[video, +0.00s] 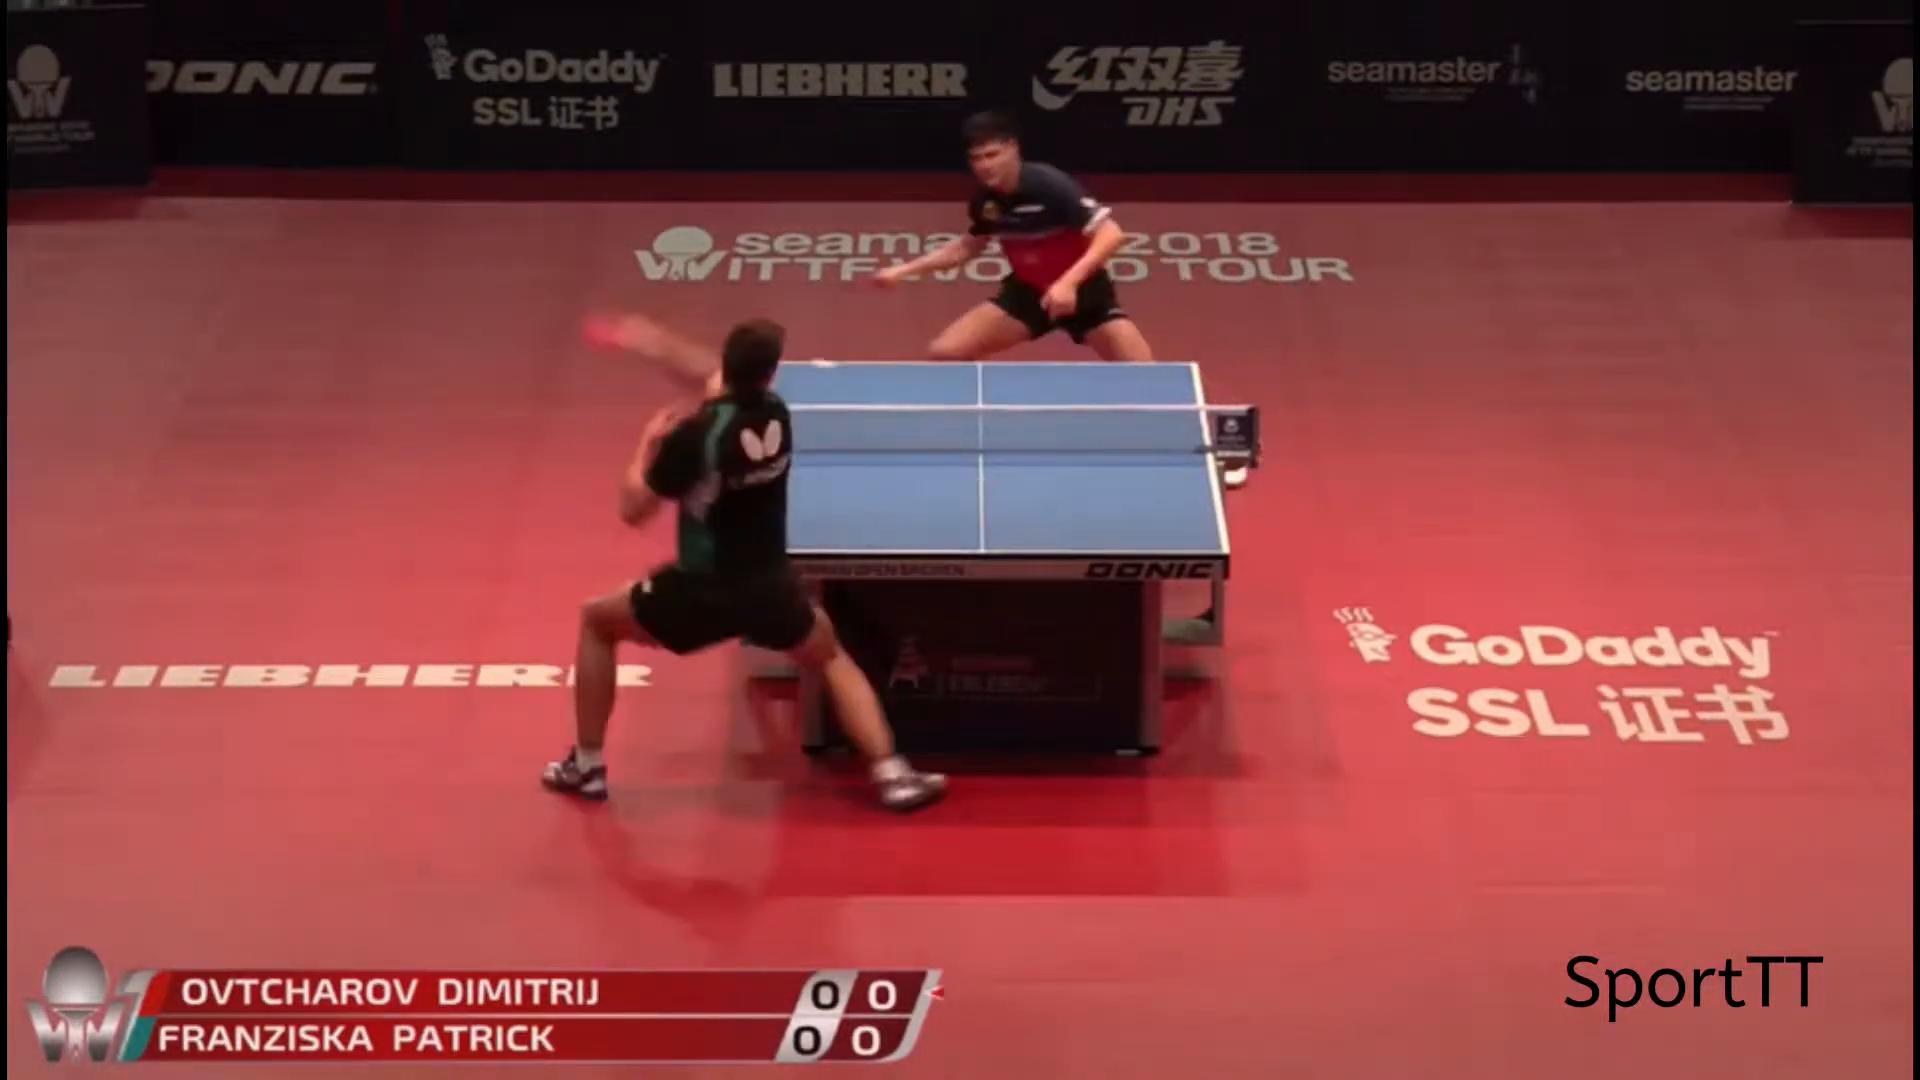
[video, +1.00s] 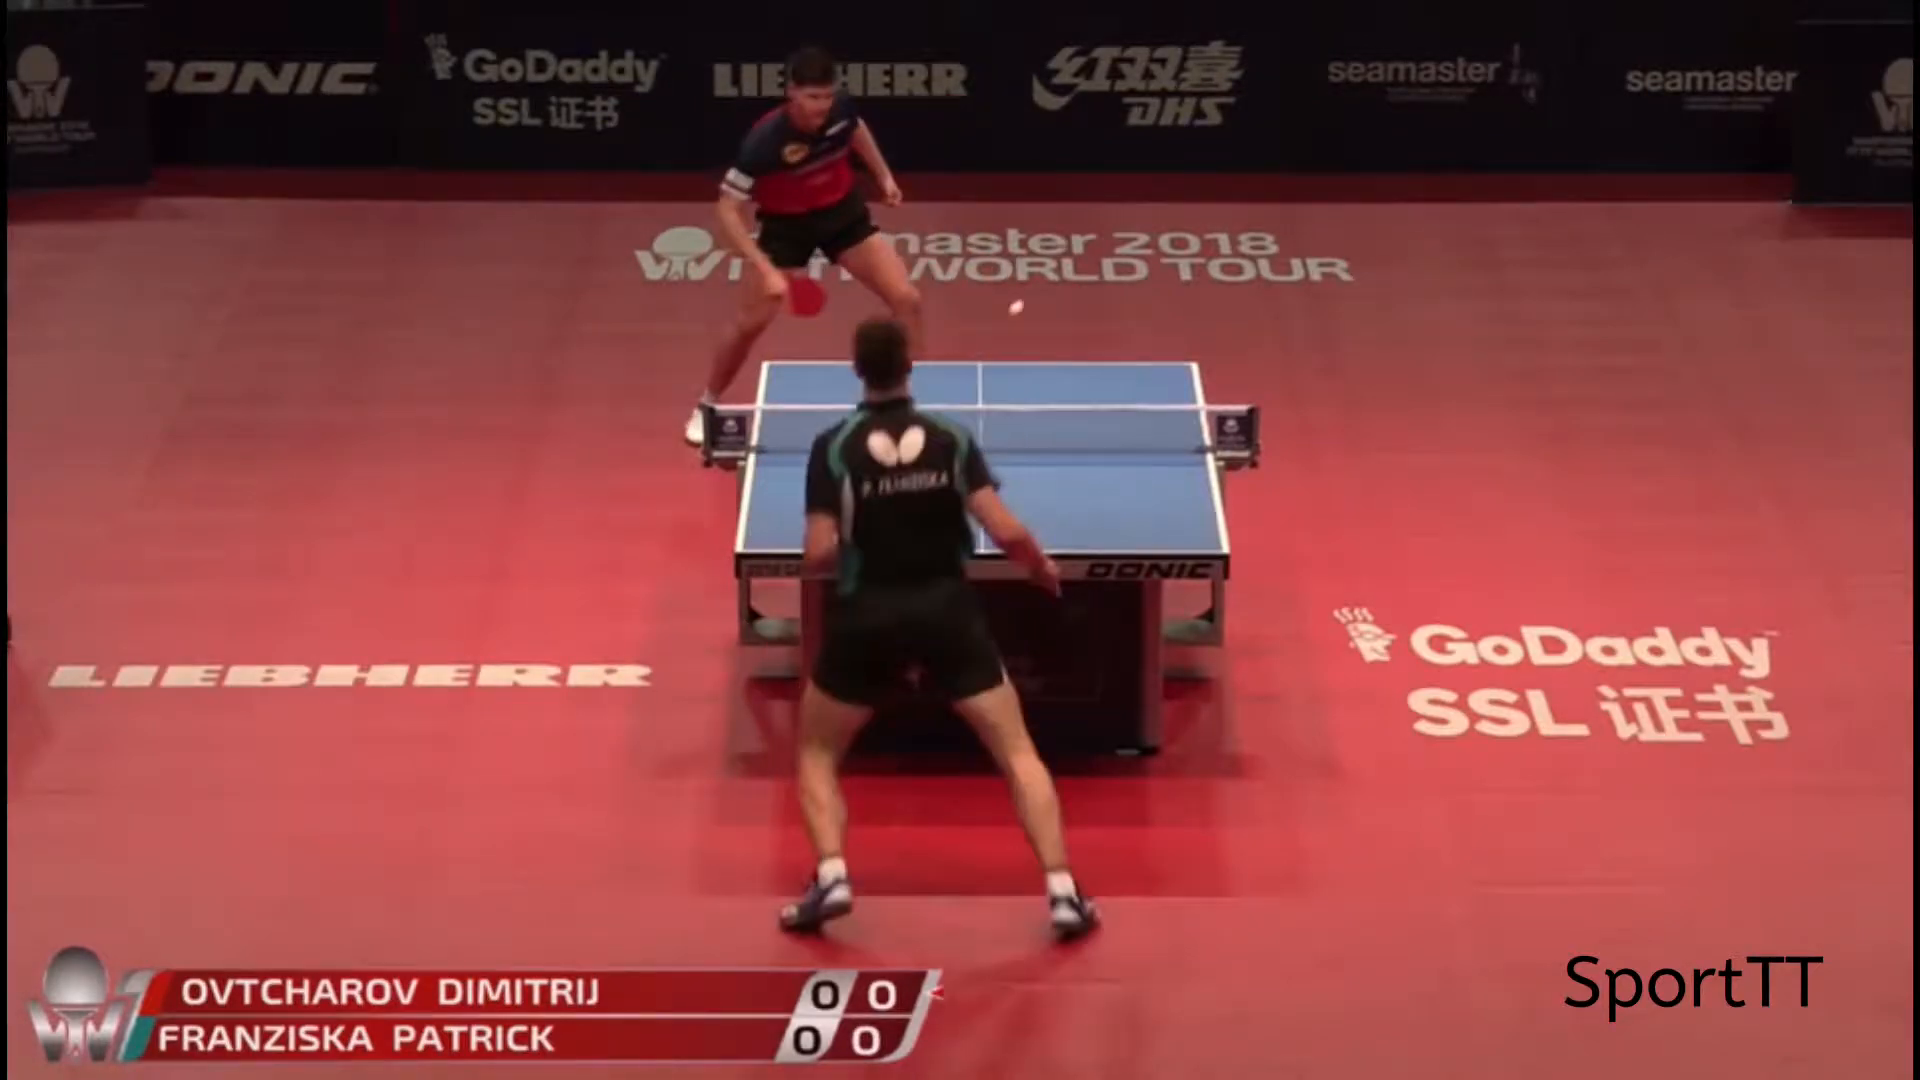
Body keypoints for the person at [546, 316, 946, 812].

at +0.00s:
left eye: (727, 355)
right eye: (767, 361)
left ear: (721, 364)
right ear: (772, 371)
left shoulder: (697, 433)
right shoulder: (777, 416)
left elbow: (635, 508)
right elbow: (714, 375)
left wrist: (648, 441)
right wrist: (656, 342)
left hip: (701, 591)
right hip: (770, 590)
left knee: (598, 621)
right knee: (831, 658)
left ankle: (587, 764)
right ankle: (891, 771)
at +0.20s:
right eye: (833, 329)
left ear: (793, 337)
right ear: (842, 340)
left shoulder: (755, 402)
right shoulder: (877, 410)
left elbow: (726, 493)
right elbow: (889, 509)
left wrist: (750, 521)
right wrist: (848, 484)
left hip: (774, 562)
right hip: (853, 562)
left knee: (693, 654)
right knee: (924, 643)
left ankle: (623, 766)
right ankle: (971, 763)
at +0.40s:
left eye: (909, 368)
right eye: (937, 374)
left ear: (896, 373)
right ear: (945, 381)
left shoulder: (844, 427)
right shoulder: (954, 451)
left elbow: (787, 515)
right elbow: (964, 558)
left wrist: (800, 564)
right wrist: (913, 561)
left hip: (819, 588)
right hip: (896, 597)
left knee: (743, 686)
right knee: (1006, 680)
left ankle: (651, 804)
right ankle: (1048, 829)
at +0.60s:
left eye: (929, 344)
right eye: (952, 348)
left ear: (917, 352)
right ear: (966, 361)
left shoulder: (873, 409)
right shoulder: (990, 435)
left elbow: (827, 497)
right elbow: (993, 542)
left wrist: (830, 538)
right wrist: (945, 547)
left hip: (856, 580)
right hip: (940, 588)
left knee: (764, 690)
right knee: (1027, 676)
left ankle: (676, 805)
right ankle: (1052, 825)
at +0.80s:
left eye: (892, 287)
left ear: (891, 296)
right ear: (945, 297)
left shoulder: (853, 360)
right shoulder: (975, 367)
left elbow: (827, 449)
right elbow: (1015, 473)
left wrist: (856, 482)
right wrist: (1008, 535)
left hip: (861, 536)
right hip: (943, 540)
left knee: (818, 674)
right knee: (996, 679)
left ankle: (790, 823)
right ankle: (1030, 833)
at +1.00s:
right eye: (902, 362)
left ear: (857, 371)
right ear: (909, 369)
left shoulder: (833, 446)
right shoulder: (951, 437)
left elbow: (820, 547)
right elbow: (1006, 530)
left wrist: (809, 565)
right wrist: (1040, 565)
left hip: (867, 623)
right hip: (950, 616)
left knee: (818, 750)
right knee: (1017, 752)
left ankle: (831, 877)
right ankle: (1063, 891)